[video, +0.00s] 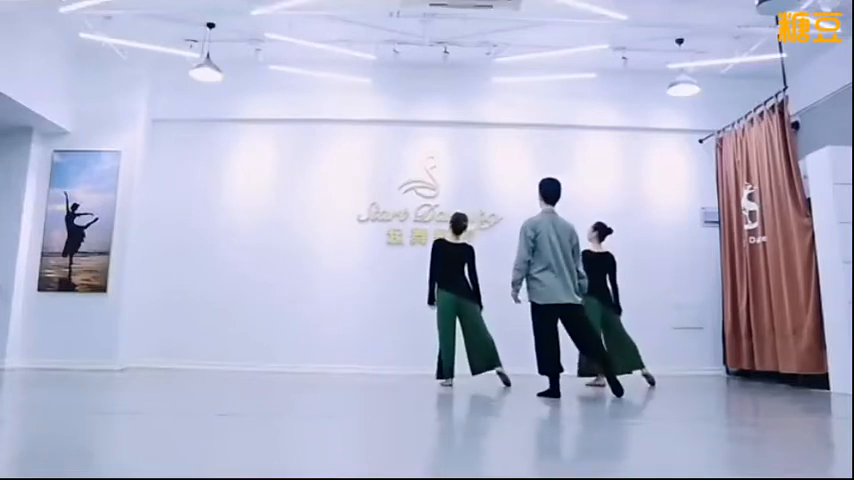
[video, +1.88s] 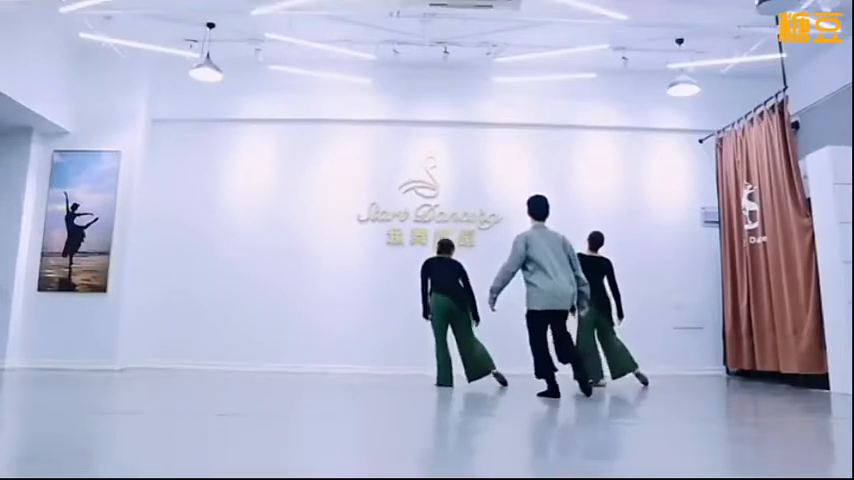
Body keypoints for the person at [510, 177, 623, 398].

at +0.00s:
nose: (539, 197)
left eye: (539, 193)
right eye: (549, 193)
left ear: (539, 195)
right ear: (558, 197)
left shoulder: (531, 225)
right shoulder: (568, 228)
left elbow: (523, 259)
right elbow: (578, 264)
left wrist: (515, 285)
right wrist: (580, 290)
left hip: (542, 296)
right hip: (568, 295)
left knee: (547, 343)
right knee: (588, 339)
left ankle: (554, 388)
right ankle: (611, 377)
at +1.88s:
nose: (529, 213)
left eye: (529, 209)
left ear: (529, 212)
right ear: (548, 212)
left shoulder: (524, 239)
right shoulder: (561, 239)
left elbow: (510, 268)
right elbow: (579, 273)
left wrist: (494, 291)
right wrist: (583, 298)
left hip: (538, 302)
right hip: (564, 301)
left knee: (539, 344)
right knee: (561, 335)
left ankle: (551, 387)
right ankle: (580, 373)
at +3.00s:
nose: (509, 196)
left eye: (509, 192)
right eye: (517, 192)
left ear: (509, 193)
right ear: (527, 194)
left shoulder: (503, 218)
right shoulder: (538, 223)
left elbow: (496, 249)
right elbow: (544, 258)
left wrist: (489, 273)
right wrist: (544, 287)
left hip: (510, 283)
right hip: (534, 284)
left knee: (514, 331)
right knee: (528, 332)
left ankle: (529, 371)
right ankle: (517, 378)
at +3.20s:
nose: (506, 193)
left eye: (505, 189)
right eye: (514, 189)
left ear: (504, 191)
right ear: (522, 192)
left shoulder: (497, 217)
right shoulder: (533, 221)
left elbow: (489, 248)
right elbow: (539, 257)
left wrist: (481, 273)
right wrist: (539, 286)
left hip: (504, 282)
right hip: (528, 283)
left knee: (508, 331)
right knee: (520, 332)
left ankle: (523, 372)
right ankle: (509, 379)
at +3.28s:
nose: (505, 192)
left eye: (504, 189)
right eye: (513, 188)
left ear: (503, 190)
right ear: (521, 191)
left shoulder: (496, 217)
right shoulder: (531, 222)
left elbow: (486, 249)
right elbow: (538, 258)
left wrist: (478, 274)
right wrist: (536, 287)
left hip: (502, 282)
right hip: (526, 283)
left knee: (507, 331)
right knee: (518, 331)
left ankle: (521, 372)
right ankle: (508, 378)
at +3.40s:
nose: (502, 192)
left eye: (501, 188)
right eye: (510, 188)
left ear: (501, 190)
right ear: (519, 191)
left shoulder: (494, 217)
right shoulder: (529, 222)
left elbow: (483, 249)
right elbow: (535, 258)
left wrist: (475, 274)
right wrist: (533, 285)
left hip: (498, 282)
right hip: (522, 283)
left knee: (502, 330)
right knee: (516, 332)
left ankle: (515, 370)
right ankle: (509, 382)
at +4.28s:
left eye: (484, 187)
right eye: (496, 187)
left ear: (482, 189)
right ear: (501, 190)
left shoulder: (474, 217)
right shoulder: (511, 221)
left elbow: (465, 249)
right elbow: (518, 257)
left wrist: (457, 273)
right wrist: (519, 284)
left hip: (482, 281)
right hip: (506, 281)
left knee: (487, 328)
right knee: (501, 329)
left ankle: (500, 370)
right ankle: (495, 380)